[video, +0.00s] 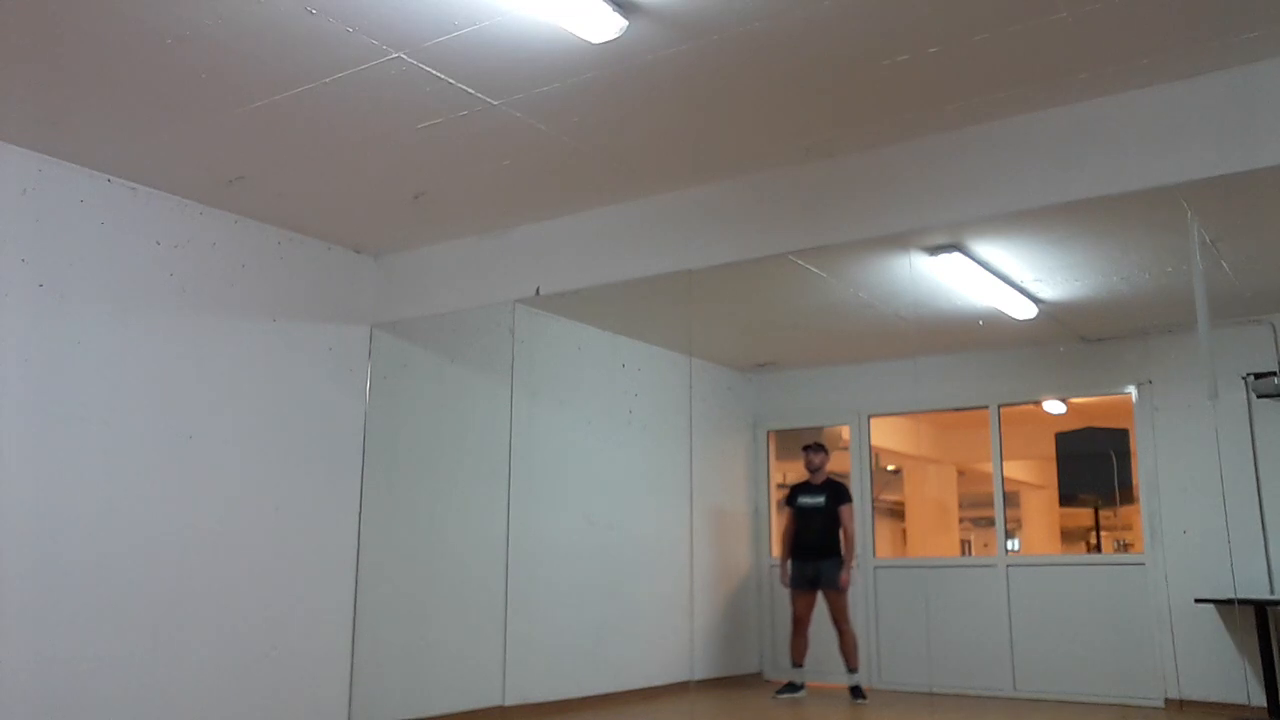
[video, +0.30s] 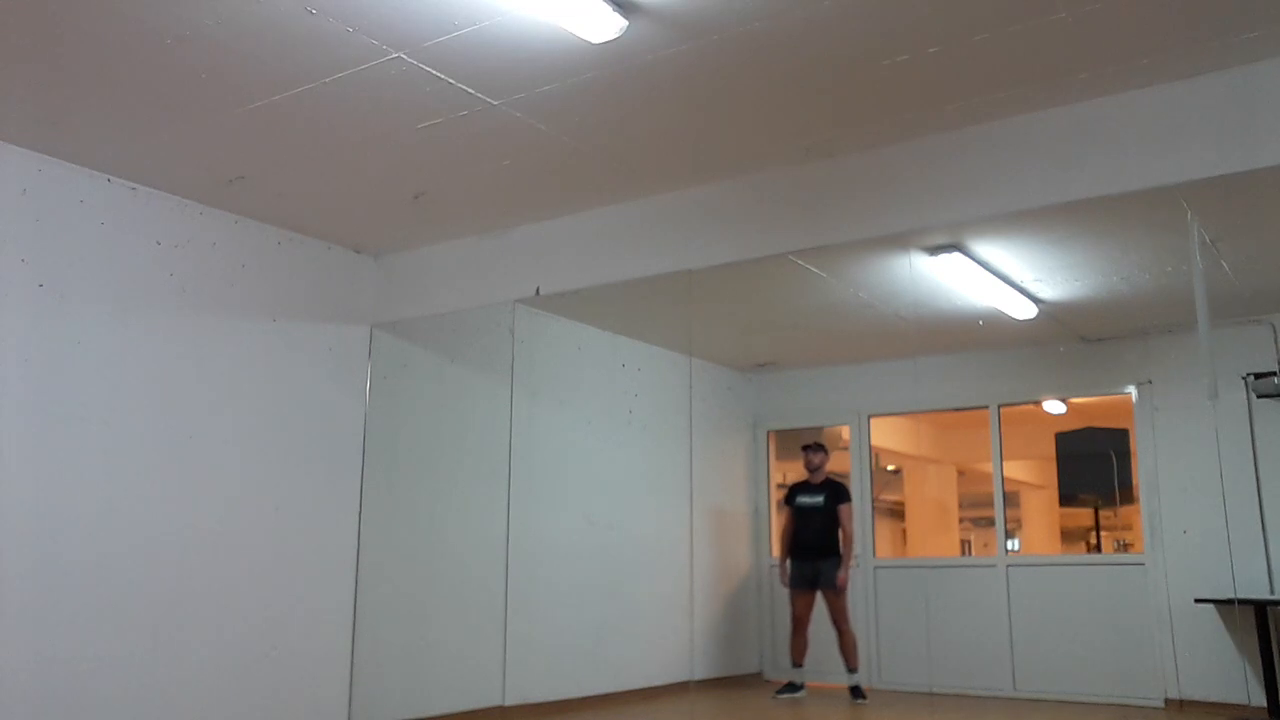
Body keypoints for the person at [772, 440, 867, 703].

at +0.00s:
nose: (812, 460)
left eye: (817, 455)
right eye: (809, 456)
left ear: (827, 459)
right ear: (804, 460)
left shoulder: (838, 490)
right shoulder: (796, 491)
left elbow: (848, 529)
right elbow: (789, 528)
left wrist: (847, 566)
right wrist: (784, 563)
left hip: (831, 564)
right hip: (802, 565)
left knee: (842, 623)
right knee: (799, 622)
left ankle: (854, 682)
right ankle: (797, 680)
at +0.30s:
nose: (812, 459)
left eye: (817, 455)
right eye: (808, 455)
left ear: (826, 459)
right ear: (804, 460)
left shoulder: (838, 490)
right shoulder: (795, 490)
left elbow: (847, 529)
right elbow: (787, 526)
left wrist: (845, 567)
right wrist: (783, 561)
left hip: (829, 563)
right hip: (801, 564)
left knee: (841, 623)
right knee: (798, 622)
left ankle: (854, 681)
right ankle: (796, 680)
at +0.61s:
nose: (812, 459)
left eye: (817, 454)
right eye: (808, 455)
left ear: (826, 459)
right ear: (803, 459)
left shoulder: (837, 489)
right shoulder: (794, 490)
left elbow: (846, 530)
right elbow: (786, 527)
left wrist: (844, 566)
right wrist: (782, 561)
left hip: (829, 563)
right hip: (801, 564)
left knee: (841, 623)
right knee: (798, 622)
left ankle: (854, 682)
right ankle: (796, 680)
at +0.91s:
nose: (811, 459)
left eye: (816, 454)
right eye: (807, 454)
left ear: (825, 459)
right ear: (803, 460)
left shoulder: (837, 490)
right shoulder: (794, 492)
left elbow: (846, 531)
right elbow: (787, 528)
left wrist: (843, 567)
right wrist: (783, 562)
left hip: (829, 563)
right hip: (800, 564)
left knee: (841, 623)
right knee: (798, 623)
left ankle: (854, 681)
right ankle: (796, 680)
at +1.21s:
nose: (811, 458)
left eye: (816, 454)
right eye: (807, 454)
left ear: (825, 458)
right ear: (802, 459)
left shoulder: (837, 490)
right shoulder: (794, 492)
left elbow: (846, 532)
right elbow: (788, 529)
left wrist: (842, 567)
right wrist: (784, 563)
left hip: (829, 564)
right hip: (800, 564)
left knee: (841, 623)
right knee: (798, 623)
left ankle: (854, 681)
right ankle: (796, 680)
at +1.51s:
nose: (810, 458)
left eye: (816, 454)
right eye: (807, 454)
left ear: (825, 458)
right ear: (802, 459)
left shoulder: (837, 490)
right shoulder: (794, 492)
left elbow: (845, 531)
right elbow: (787, 529)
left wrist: (842, 566)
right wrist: (784, 563)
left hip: (829, 563)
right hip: (800, 564)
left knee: (841, 623)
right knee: (798, 623)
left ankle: (854, 682)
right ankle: (796, 680)